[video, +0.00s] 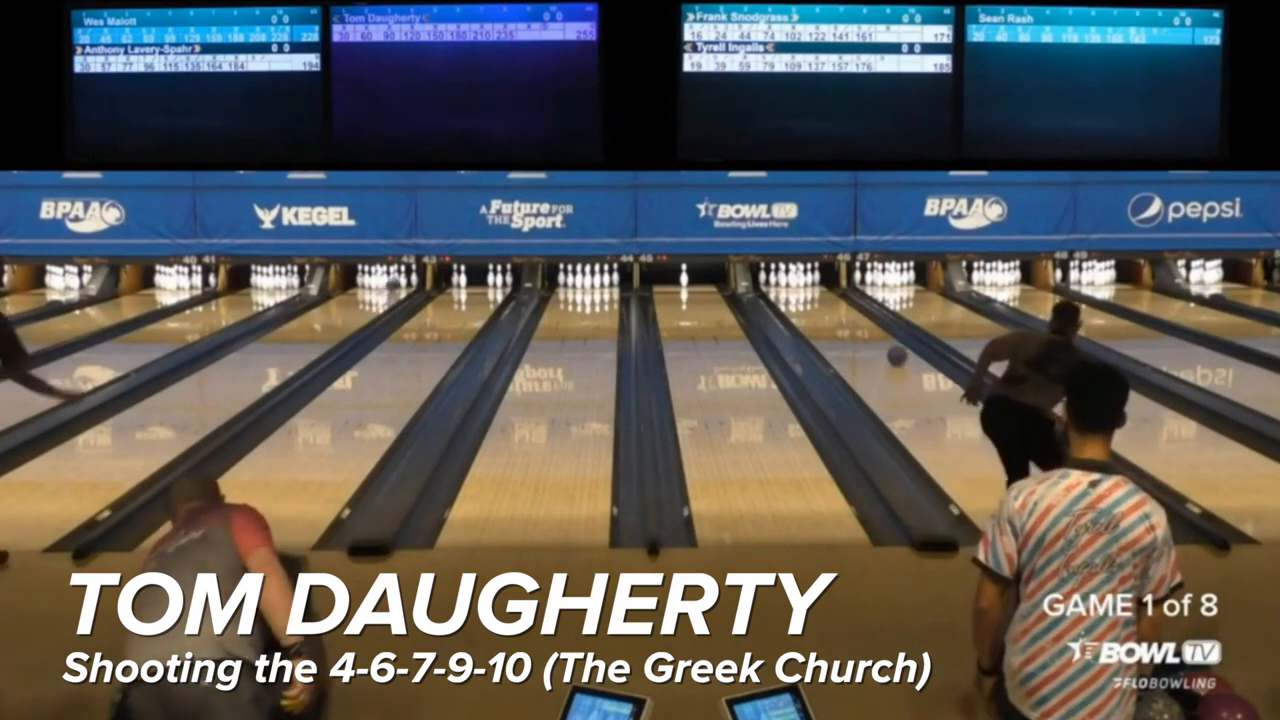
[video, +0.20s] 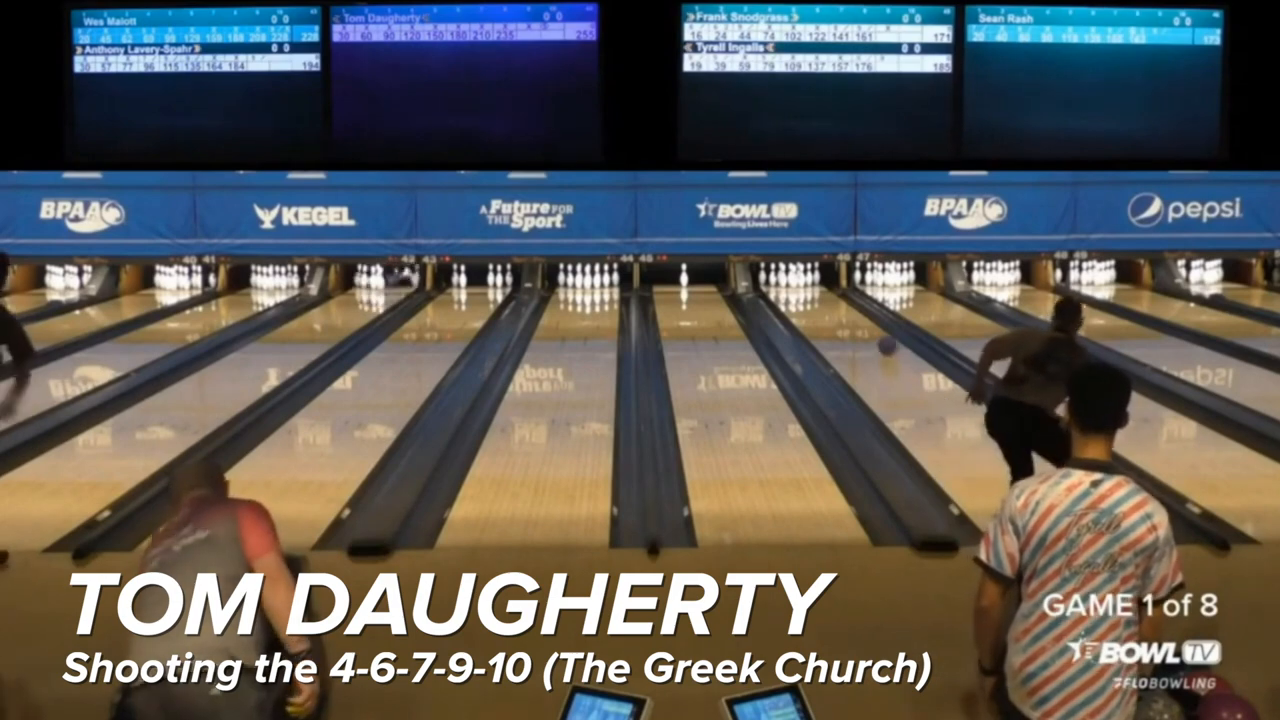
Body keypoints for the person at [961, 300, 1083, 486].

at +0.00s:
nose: (1070, 327)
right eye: (1074, 324)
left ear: (1052, 320)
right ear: (1076, 326)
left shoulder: (1028, 340)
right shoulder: (1075, 359)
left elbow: (991, 350)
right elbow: (1078, 399)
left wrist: (976, 382)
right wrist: (1068, 427)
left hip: (997, 409)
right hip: (1034, 418)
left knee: (1017, 474)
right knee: (1060, 471)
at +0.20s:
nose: (1078, 322)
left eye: (1072, 318)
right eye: (1078, 318)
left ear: (1054, 316)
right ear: (1079, 322)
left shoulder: (1030, 337)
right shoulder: (1078, 355)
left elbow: (991, 349)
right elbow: (1081, 395)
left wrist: (978, 384)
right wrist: (1070, 422)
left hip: (1001, 411)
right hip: (1037, 417)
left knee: (1021, 472)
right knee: (1075, 463)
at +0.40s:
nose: (1085, 310)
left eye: (1082, 304)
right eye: (1087, 305)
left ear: (1064, 303)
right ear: (1089, 308)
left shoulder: (1042, 329)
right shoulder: (1091, 345)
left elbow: (1007, 352)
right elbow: (1095, 386)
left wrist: (1004, 389)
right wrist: (1081, 420)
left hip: (1021, 407)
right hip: (1054, 413)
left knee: (1032, 471)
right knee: (1081, 465)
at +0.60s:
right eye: (1089, 301)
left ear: (1067, 299)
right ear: (1092, 304)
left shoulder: (1044, 326)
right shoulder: (1096, 343)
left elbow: (1012, 353)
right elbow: (1102, 384)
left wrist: (1013, 391)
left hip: (1027, 407)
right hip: (1063, 412)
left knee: (1035, 468)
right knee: (1081, 463)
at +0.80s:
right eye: (1102, 292)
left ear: (1081, 290)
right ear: (1107, 294)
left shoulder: (1056, 321)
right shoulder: (1117, 336)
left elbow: (1034, 357)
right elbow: (1129, 385)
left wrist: (1041, 387)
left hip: (1054, 407)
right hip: (1098, 410)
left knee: (1049, 466)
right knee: (1112, 469)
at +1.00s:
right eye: (1120, 284)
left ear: (1098, 283)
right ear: (1123, 287)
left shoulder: (1073, 318)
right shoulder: (1132, 324)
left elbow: (1058, 361)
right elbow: (1147, 364)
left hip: (1071, 401)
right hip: (1112, 407)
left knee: (1069, 467)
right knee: (1122, 476)